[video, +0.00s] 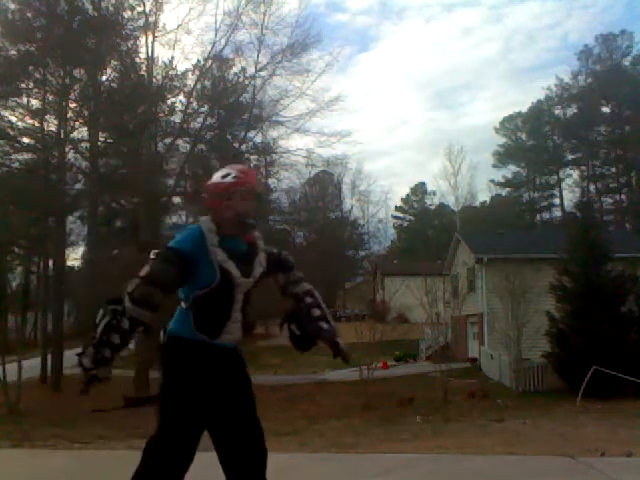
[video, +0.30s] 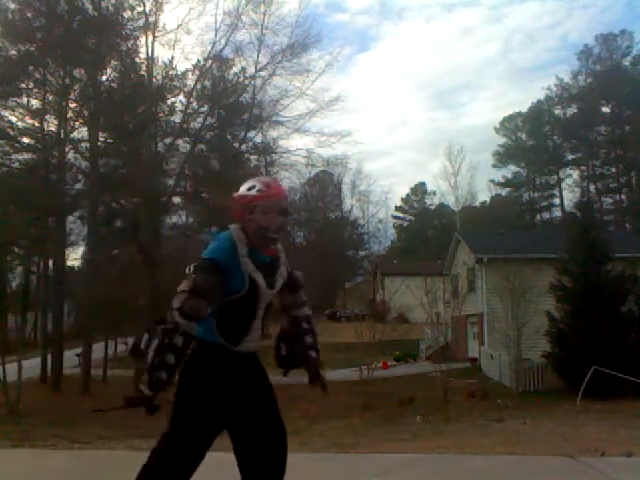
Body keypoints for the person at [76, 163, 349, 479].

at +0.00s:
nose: (251, 208)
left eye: (253, 200)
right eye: (243, 200)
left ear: (250, 204)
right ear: (221, 203)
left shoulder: (253, 248)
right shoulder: (193, 241)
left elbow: (289, 277)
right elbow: (145, 293)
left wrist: (313, 318)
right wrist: (103, 350)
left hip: (228, 357)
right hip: (187, 355)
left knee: (247, 449)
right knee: (173, 448)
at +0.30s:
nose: (274, 222)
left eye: (280, 214)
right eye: (266, 213)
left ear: (285, 218)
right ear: (245, 215)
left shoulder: (274, 255)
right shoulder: (224, 252)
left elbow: (294, 299)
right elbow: (185, 310)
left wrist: (303, 344)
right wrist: (158, 373)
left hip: (246, 365)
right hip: (208, 363)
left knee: (268, 448)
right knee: (182, 449)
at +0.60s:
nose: (300, 213)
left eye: (304, 205)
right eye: (293, 205)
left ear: (305, 208)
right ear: (273, 207)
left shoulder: (282, 244)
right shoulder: (255, 241)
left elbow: (290, 295)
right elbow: (262, 301)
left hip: (263, 339)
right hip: (237, 339)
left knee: (277, 436)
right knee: (260, 435)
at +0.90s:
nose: (313, 219)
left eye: (317, 212)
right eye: (306, 212)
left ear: (321, 212)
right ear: (288, 213)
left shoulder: (295, 247)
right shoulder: (275, 244)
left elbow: (317, 285)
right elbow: (304, 292)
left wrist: (341, 316)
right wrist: (336, 318)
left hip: (271, 345)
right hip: (256, 345)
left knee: (299, 437)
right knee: (292, 437)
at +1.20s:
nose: (339, 216)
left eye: (341, 208)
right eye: (333, 207)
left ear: (313, 209)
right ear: (310, 208)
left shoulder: (306, 241)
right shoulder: (292, 239)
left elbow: (328, 287)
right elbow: (321, 296)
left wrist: (352, 320)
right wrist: (345, 324)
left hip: (277, 341)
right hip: (264, 342)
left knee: (297, 440)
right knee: (298, 442)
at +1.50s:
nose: (342, 217)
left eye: (346, 209)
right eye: (335, 208)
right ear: (314, 208)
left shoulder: (309, 241)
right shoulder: (295, 237)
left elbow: (323, 288)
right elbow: (318, 294)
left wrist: (345, 324)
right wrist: (340, 327)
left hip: (278, 342)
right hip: (264, 342)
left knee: (297, 442)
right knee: (295, 444)